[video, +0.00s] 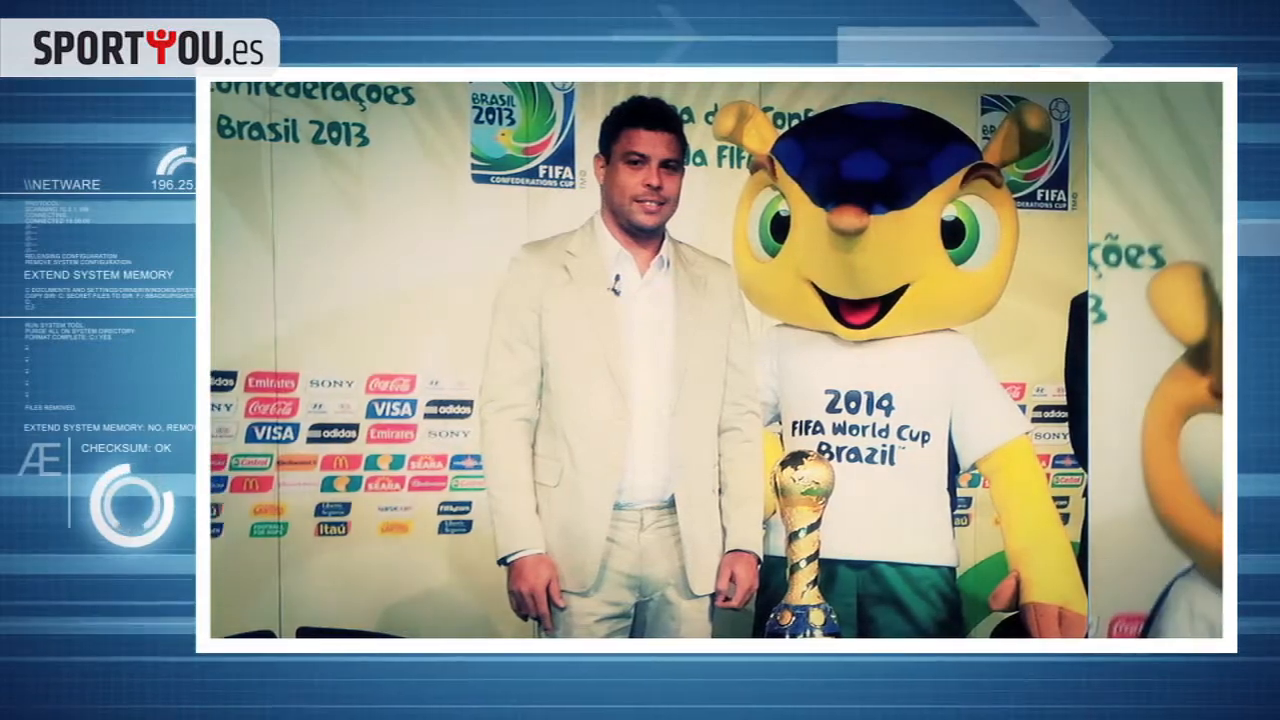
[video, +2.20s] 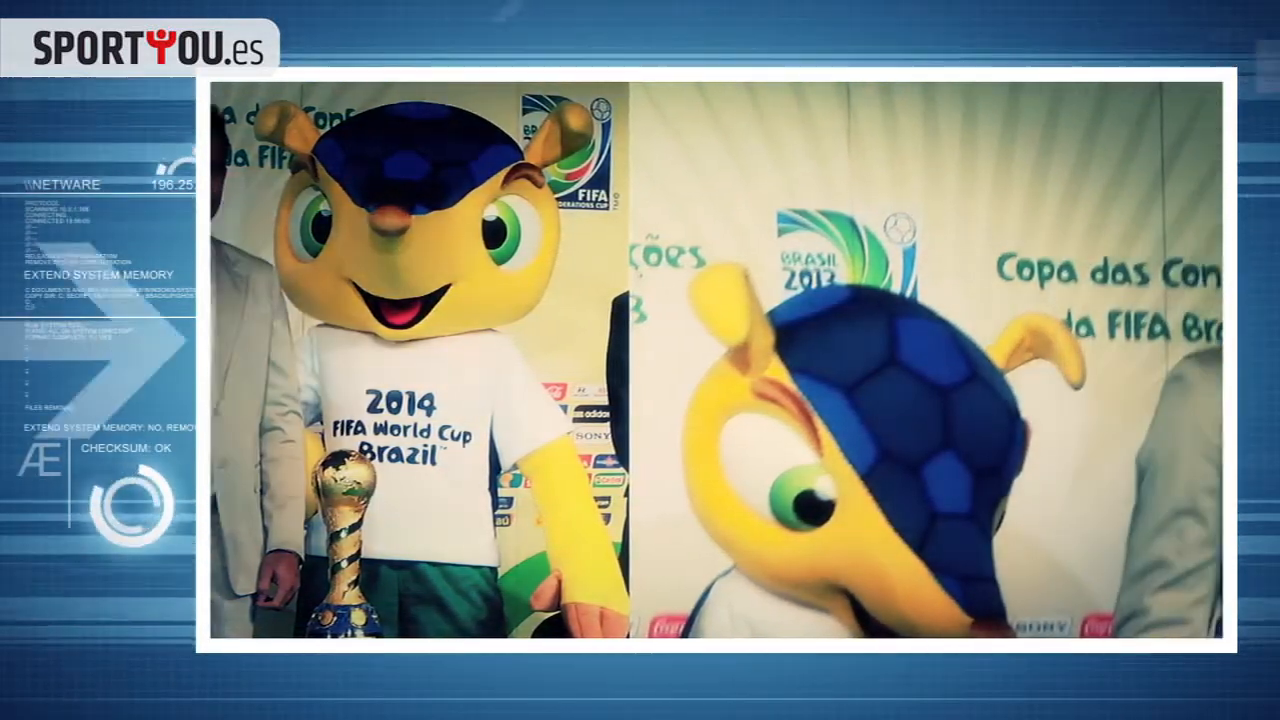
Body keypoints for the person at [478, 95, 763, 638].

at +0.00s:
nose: (655, 180)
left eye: (671, 166)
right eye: (636, 162)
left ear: (684, 178)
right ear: (601, 170)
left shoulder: (717, 282)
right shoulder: (539, 270)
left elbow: (740, 423)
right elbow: (505, 415)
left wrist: (742, 543)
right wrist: (523, 549)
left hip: (689, 542)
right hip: (581, 544)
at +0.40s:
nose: (571, 180)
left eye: (587, 166)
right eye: (552, 162)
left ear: (600, 178)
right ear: (517, 170)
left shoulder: (633, 282)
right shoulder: (455, 270)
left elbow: (656, 423)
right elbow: (421, 414)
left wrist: (659, 543)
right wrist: (439, 548)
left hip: (606, 542)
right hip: (498, 544)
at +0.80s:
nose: (488, 180)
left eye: (504, 166)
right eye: (469, 162)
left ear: (517, 178)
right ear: (434, 170)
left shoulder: (550, 282)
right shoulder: (371, 270)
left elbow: (573, 423)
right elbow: (338, 414)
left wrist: (576, 543)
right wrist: (356, 548)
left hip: (522, 543)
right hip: (415, 544)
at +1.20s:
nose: (405, 181)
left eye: (420, 166)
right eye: (386, 162)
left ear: (433, 178)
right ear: (351, 170)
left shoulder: (466, 282)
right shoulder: (288, 270)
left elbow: (490, 422)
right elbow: (255, 413)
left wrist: (492, 542)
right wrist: (273, 548)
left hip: (439, 544)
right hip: (332, 545)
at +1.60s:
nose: (321, 180)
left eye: (337, 166)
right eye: (302, 162)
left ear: (350, 178)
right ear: (267, 169)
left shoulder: (386, 284)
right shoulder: (205, 275)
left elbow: (406, 422)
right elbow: (179, 416)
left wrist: (409, 542)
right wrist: (195, 543)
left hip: (357, 542)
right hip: (248, 543)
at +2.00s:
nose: (237, 180)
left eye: (253, 166)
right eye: (220, 162)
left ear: (267, 177)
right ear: (190, 169)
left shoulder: (300, 284)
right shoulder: (149, 274)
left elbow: (322, 422)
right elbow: (112, 405)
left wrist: (325, 542)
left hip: (264, 538)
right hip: (164, 537)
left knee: (261, 711)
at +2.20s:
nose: (200, 182)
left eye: (211, 166)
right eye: (188, 166)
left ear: (226, 175)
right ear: (162, 174)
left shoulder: (256, 283)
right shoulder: (111, 279)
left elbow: (281, 422)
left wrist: (285, 542)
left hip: (224, 548)